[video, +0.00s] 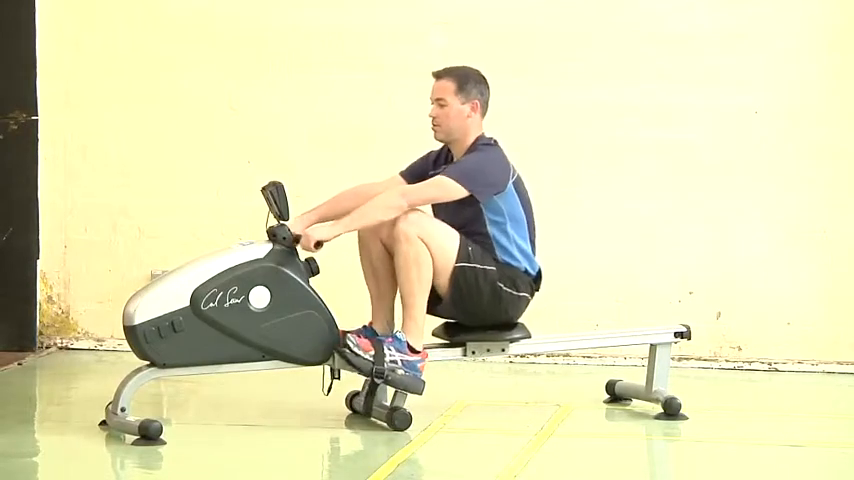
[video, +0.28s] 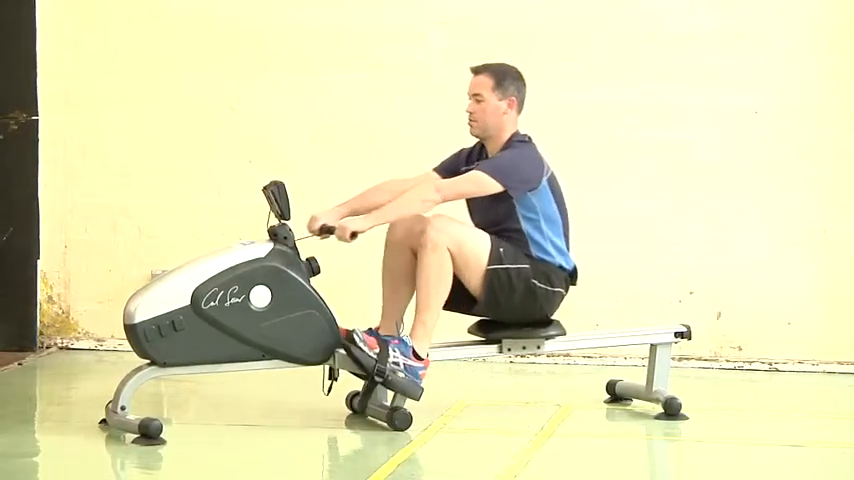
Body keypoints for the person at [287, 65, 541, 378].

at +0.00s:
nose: (431, 113)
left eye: (440, 104)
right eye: (432, 104)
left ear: (473, 109)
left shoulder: (487, 162)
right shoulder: (436, 161)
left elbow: (405, 199)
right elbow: (380, 191)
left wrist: (336, 228)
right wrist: (308, 218)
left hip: (504, 289)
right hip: (462, 289)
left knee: (410, 224)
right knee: (374, 222)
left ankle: (412, 350)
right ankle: (381, 334)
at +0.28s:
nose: (468, 108)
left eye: (477, 100)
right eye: (469, 99)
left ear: (509, 106)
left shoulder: (522, 159)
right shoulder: (470, 158)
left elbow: (437, 193)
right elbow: (409, 188)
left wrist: (367, 222)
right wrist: (339, 211)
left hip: (538, 285)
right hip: (497, 284)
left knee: (439, 229)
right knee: (403, 225)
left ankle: (416, 355)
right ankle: (386, 338)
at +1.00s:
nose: (632, 111)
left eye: (640, 102)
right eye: (631, 102)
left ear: (672, 101)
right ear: (651, 103)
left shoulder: (690, 156)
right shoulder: (643, 156)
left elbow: (672, 229)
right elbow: (613, 206)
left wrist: (604, 214)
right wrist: (571, 210)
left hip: (645, 278)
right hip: (610, 267)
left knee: (528, 301)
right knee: (494, 293)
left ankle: (424, 363)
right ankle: (398, 345)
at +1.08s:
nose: (635, 112)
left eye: (643, 103)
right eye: (634, 103)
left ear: (675, 103)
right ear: (656, 105)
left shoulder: (696, 156)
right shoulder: (647, 157)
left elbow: (696, 236)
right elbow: (633, 229)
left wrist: (623, 216)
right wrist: (595, 217)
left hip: (649, 276)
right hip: (614, 264)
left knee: (532, 314)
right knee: (502, 300)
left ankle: (423, 362)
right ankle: (398, 345)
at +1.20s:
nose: (635, 114)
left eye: (642, 104)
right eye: (634, 105)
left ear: (675, 103)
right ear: (665, 106)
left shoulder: (698, 157)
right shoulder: (651, 156)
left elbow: (721, 236)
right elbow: (649, 219)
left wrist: (650, 221)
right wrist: (612, 219)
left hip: (650, 275)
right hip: (617, 262)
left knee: (537, 319)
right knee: (505, 303)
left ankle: (422, 364)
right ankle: (401, 346)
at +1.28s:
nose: (631, 112)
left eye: (639, 102)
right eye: (630, 103)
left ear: (671, 102)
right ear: (659, 105)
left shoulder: (695, 157)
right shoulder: (647, 156)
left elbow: (721, 234)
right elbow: (643, 217)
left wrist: (653, 223)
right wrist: (609, 219)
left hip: (650, 274)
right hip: (615, 261)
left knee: (536, 317)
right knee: (503, 302)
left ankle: (421, 365)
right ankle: (400, 346)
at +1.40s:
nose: (620, 110)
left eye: (627, 101)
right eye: (619, 101)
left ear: (659, 100)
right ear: (643, 102)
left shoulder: (682, 153)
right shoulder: (634, 156)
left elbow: (698, 234)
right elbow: (629, 229)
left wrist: (625, 215)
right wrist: (594, 216)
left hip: (647, 276)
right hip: (610, 265)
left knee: (534, 308)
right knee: (495, 295)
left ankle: (423, 365)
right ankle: (396, 347)